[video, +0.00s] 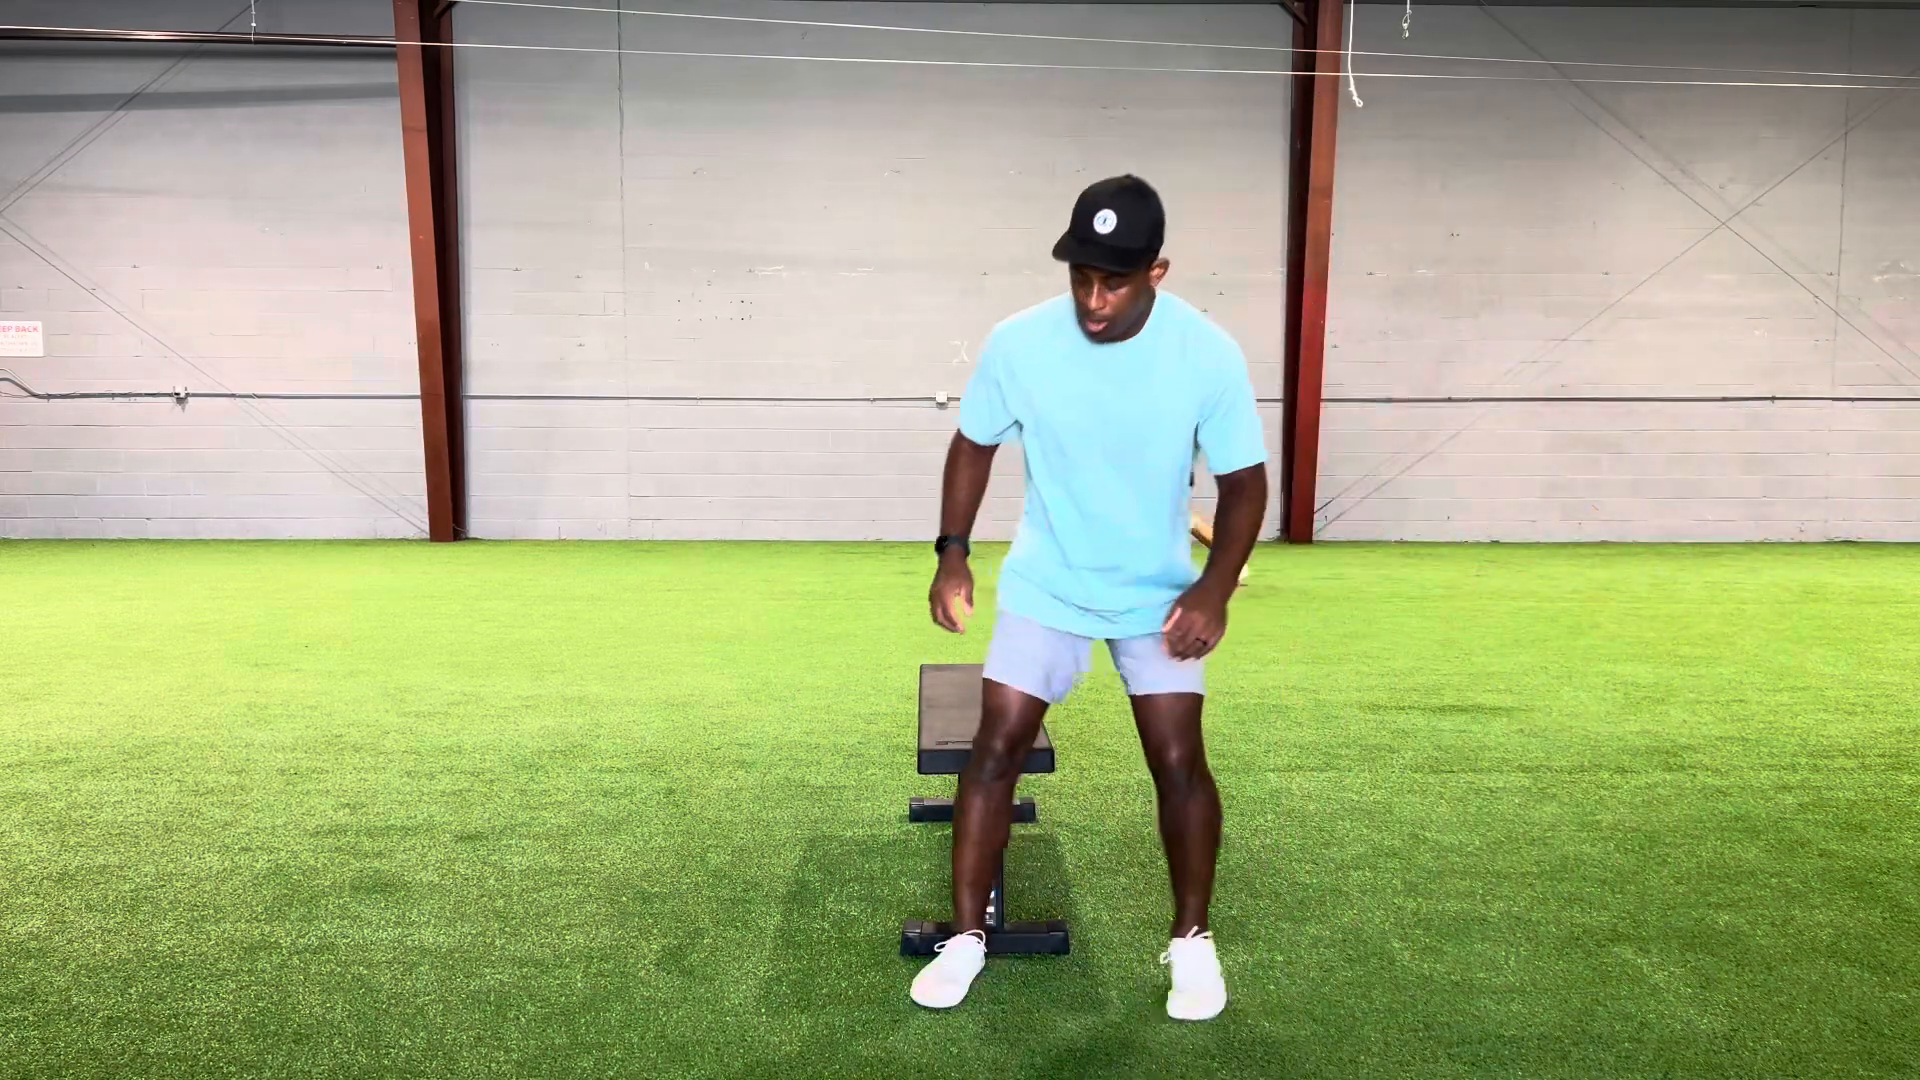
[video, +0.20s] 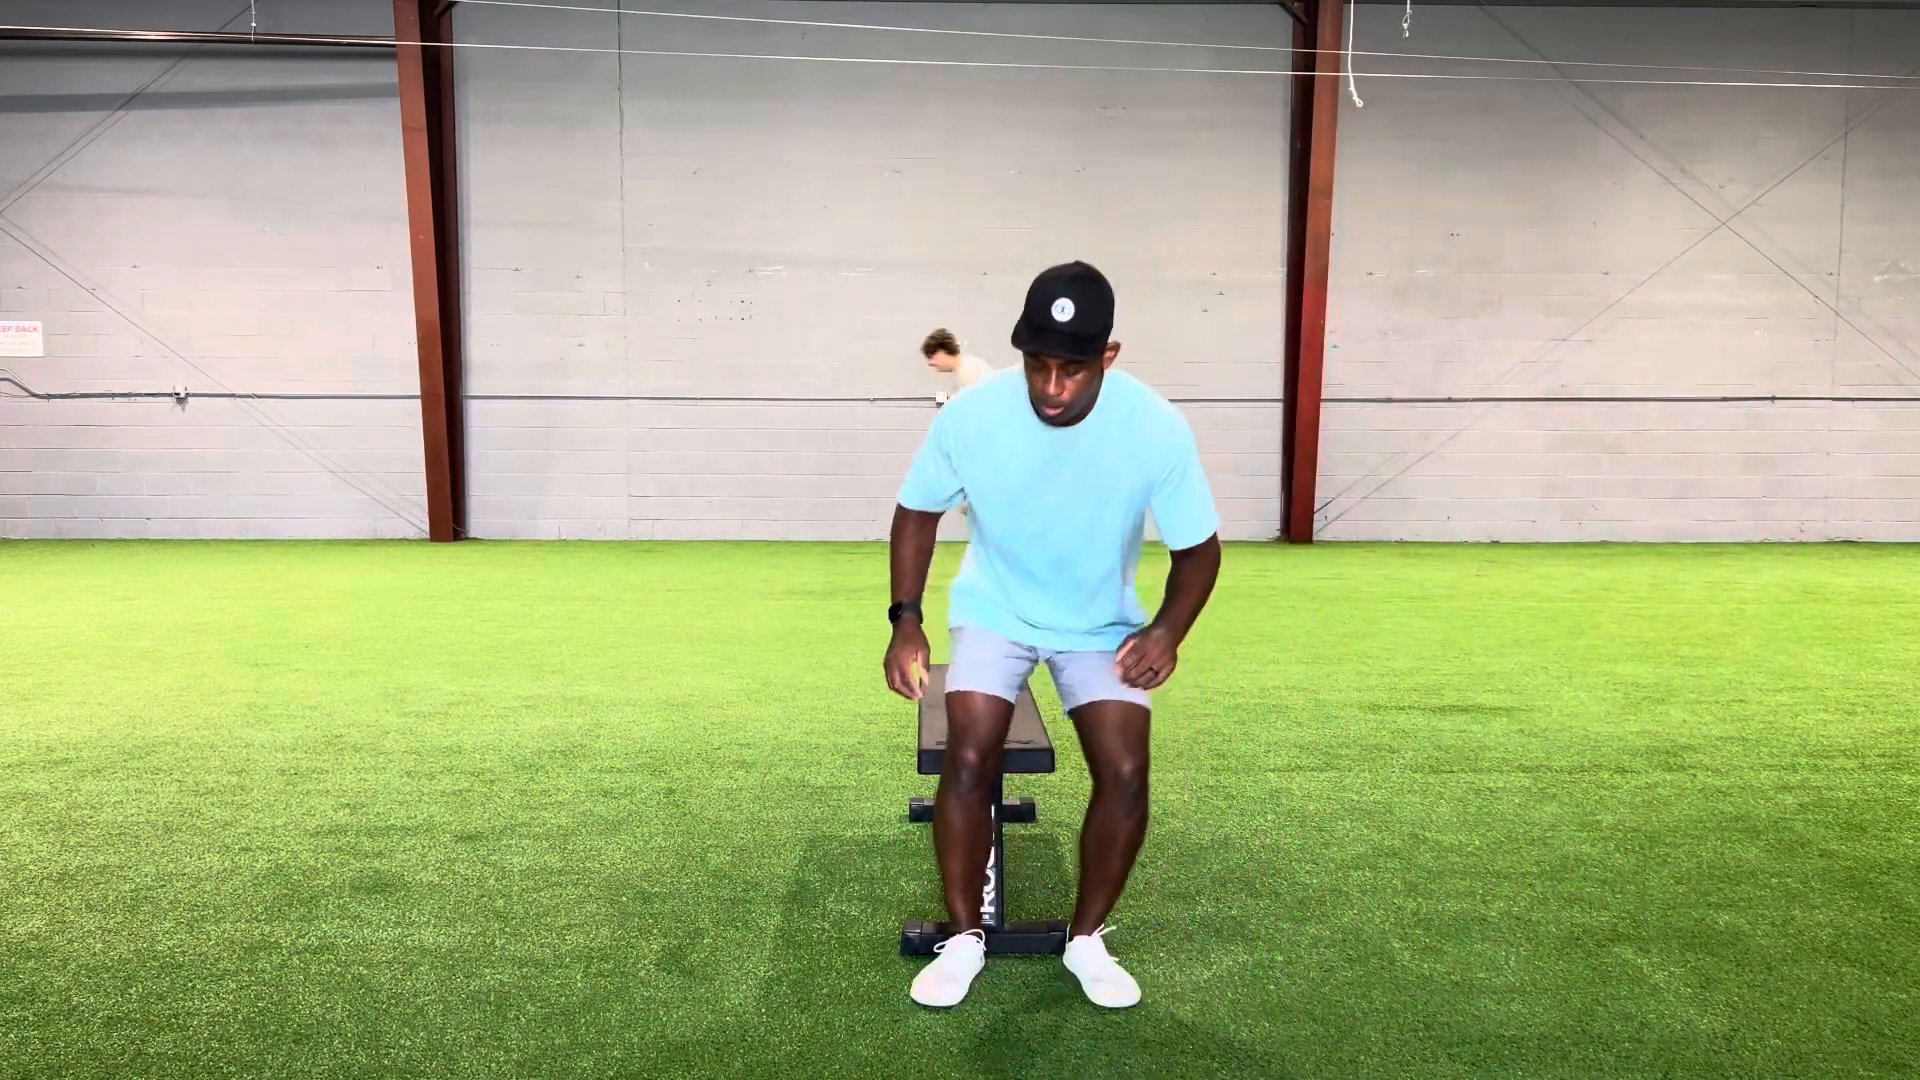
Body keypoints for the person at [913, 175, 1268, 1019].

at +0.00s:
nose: (1096, 297)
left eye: (1117, 280)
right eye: (1084, 275)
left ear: (1156, 273)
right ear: (1067, 262)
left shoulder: (1206, 356)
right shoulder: (1021, 343)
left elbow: (1246, 483)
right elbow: (972, 443)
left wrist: (1215, 587)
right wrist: (952, 550)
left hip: (1158, 590)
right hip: (1045, 581)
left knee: (1179, 762)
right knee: (998, 743)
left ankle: (1191, 938)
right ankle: (966, 934)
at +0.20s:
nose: (1053, 387)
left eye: (1073, 370)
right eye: (1039, 365)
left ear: (1108, 357)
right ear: (1020, 347)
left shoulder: (1155, 430)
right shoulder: (970, 417)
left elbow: (1200, 547)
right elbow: (916, 512)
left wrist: (1169, 631)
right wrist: (906, 619)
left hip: (1102, 621)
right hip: (993, 610)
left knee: (1126, 772)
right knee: (969, 757)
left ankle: (1086, 938)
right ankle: (965, 935)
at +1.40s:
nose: (1033, 423)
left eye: (1047, 407)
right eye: (1017, 407)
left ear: (1066, 412)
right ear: (993, 411)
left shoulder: (1098, 494)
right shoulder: (938, 488)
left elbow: (1142, 607)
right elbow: (919, 605)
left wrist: (1111, 655)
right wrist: (1000, 653)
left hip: (1062, 676)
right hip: (962, 668)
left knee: (1088, 746)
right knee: (914, 725)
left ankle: (1083, 927)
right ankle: (967, 890)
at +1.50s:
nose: (1042, 434)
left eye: (1056, 417)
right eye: (1025, 417)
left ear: (1074, 418)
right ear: (998, 417)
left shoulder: (1113, 495)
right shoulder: (946, 490)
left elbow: (1195, 572)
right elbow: (965, 616)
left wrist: (1246, 675)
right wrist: (1091, 620)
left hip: (1057, 671)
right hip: (958, 666)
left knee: (1078, 760)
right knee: (902, 734)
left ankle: (1081, 936)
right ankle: (969, 887)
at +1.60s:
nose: (1049, 437)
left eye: (1064, 419)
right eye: (1032, 419)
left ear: (1083, 420)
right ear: (1001, 421)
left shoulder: (1119, 482)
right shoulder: (957, 498)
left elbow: (1222, 509)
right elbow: (1035, 612)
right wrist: (1150, 559)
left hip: (1057, 666)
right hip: (955, 667)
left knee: (1074, 766)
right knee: (898, 752)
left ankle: (1081, 938)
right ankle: (990, 889)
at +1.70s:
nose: (1049, 430)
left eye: (1063, 410)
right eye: (1030, 411)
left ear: (1080, 410)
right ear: (997, 414)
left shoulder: (1114, 464)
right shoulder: (954, 495)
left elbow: (1196, 476)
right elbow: (1044, 617)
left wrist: (1273, 521)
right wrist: (1141, 546)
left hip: (1056, 655)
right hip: (949, 661)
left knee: (1087, 776)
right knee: (925, 778)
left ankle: (1084, 938)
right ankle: (1015, 907)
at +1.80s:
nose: (1035, 394)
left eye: (1050, 375)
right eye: (1016, 375)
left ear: (1067, 382)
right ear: (982, 382)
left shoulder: (1102, 464)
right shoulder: (930, 463)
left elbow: (1135, 559)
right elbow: (948, 613)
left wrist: (1177, 636)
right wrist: (1082, 610)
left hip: (1040, 646)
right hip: (937, 649)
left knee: (1083, 788)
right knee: (943, 780)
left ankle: (1083, 937)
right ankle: (1030, 901)